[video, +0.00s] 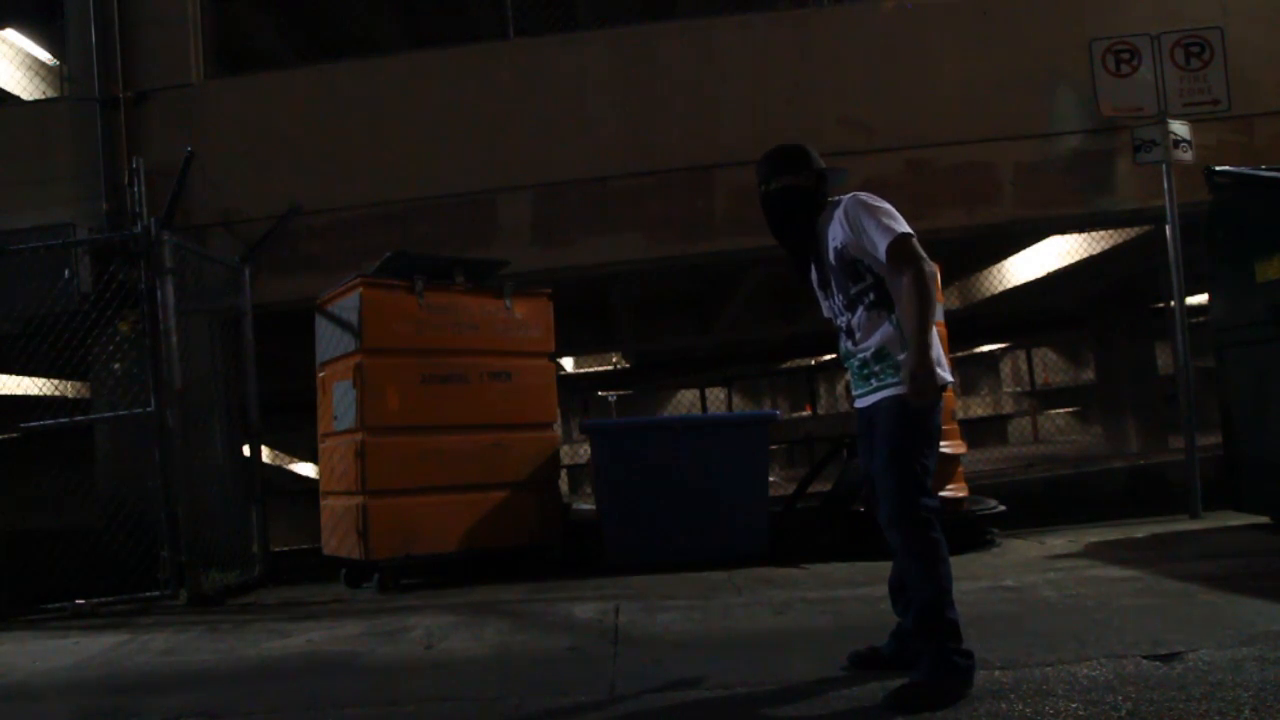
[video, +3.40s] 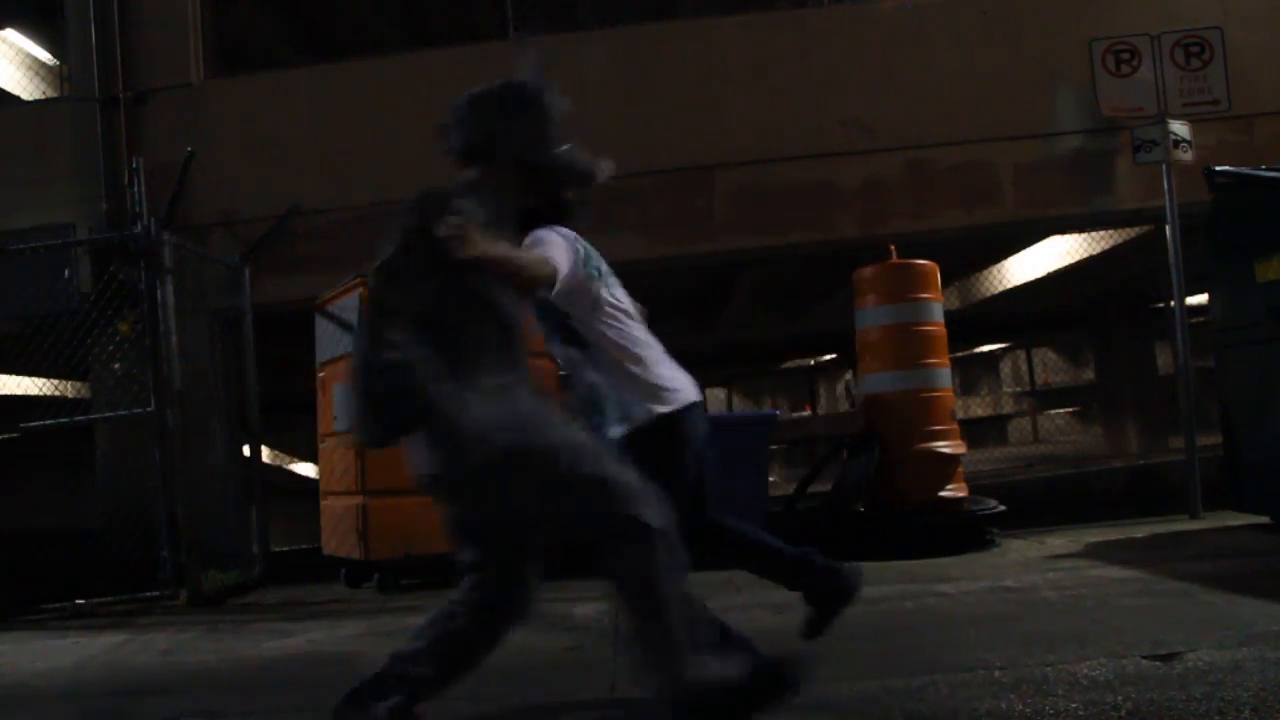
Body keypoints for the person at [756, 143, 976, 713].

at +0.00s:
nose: (770, 209)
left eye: (776, 194)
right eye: (766, 197)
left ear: (806, 185)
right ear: (783, 196)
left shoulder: (855, 210)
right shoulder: (821, 257)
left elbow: (918, 271)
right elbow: (858, 330)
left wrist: (920, 363)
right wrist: (865, 394)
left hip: (906, 393)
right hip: (875, 402)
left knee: (912, 518)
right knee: (896, 519)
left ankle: (945, 660)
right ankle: (914, 639)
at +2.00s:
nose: (774, 208)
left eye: (779, 194)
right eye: (770, 197)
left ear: (806, 185)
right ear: (786, 195)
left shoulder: (858, 213)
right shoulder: (820, 258)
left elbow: (915, 276)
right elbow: (849, 337)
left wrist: (916, 373)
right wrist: (852, 399)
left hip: (908, 393)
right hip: (874, 403)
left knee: (911, 520)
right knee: (894, 521)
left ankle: (946, 661)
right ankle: (913, 638)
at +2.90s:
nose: (712, 221)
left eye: (720, 207)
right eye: (708, 210)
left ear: (747, 202)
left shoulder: (794, 232)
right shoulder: (757, 272)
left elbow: (856, 287)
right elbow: (805, 345)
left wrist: (882, 377)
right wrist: (814, 408)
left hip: (871, 394)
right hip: (843, 402)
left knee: (846, 517)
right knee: (878, 514)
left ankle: (929, 634)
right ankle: (908, 635)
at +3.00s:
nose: (686, 228)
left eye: (694, 214)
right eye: (683, 216)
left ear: (721, 209)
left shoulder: (769, 240)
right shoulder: (733, 276)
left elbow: (840, 296)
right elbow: (782, 349)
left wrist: (886, 373)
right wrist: (791, 412)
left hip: (852, 400)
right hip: (822, 409)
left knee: (811, 522)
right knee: (870, 516)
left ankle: (910, 630)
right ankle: (914, 633)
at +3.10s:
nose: (653, 241)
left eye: (660, 228)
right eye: (652, 229)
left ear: (684, 225)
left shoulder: (735, 255)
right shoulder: (700, 291)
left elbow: (801, 320)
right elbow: (748, 363)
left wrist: (858, 391)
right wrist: (756, 423)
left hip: (825, 415)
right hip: (797, 422)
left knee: (762, 530)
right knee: (846, 527)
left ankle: (841, 640)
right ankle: (918, 634)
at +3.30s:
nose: (555, 256)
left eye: (559, 245)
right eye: (556, 248)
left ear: (576, 240)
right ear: (609, 234)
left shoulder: (615, 269)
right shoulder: (622, 275)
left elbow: (573, 303)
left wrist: (497, 298)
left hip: (728, 429)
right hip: (737, 424)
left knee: (670, 557)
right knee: (770, 539)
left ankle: (741, 675)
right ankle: (888, 611)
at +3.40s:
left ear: (518, 202)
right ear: (556, 202)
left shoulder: (554, 240)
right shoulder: (574, 248)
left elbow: (536, 268)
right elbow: (628, 312)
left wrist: (479, 248)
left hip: (660, 413)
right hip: (660, 412)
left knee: (690, 532)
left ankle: (820, 579)